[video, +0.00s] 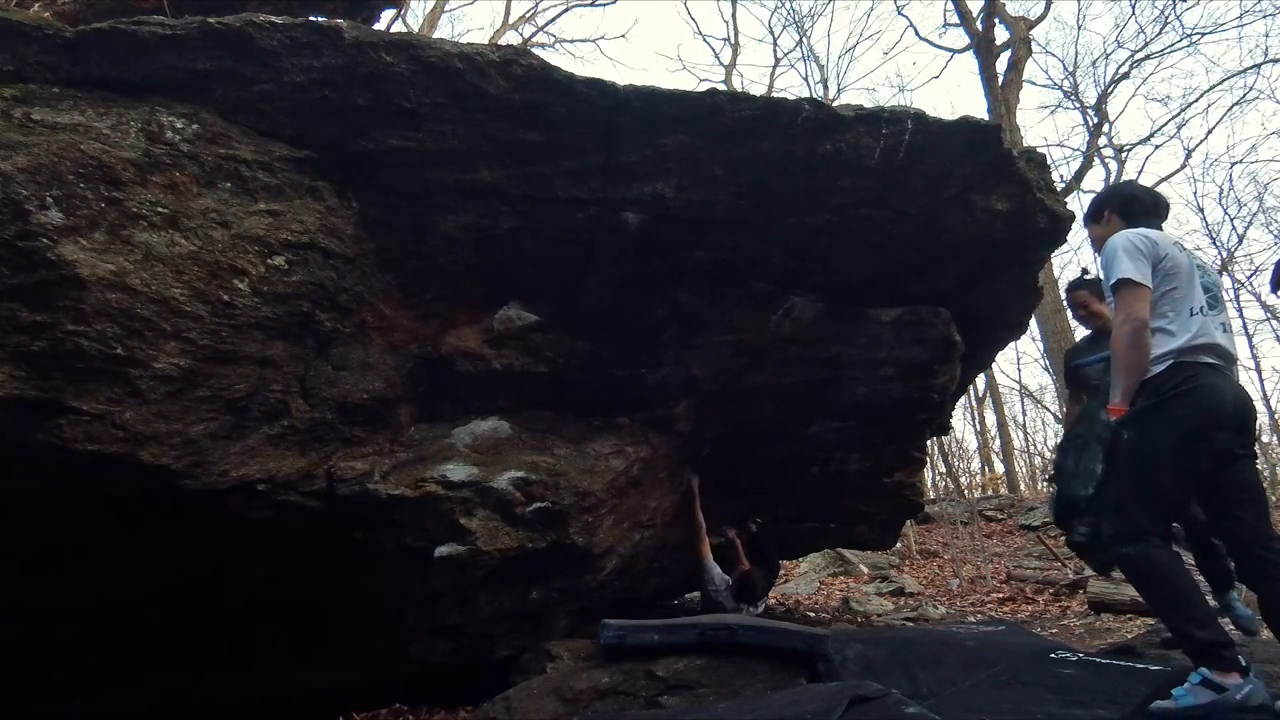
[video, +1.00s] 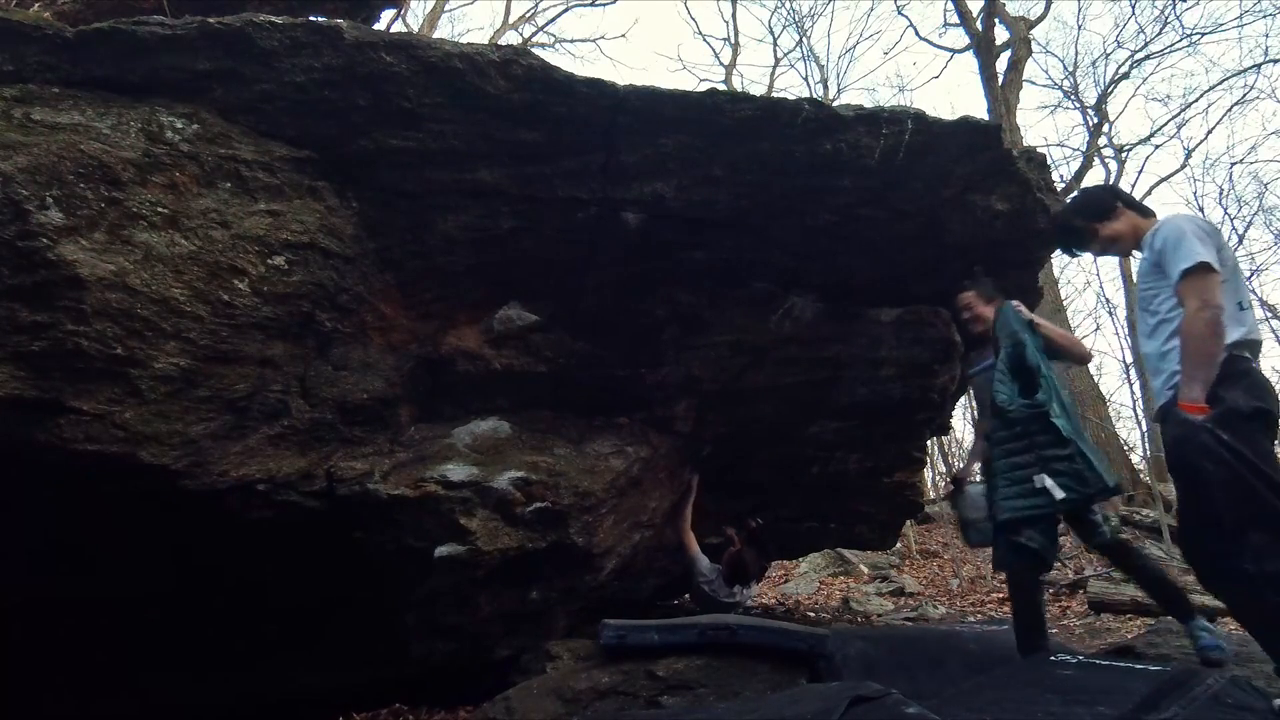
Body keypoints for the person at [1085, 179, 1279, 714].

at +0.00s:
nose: (1094, 242)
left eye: (1094, 232)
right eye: (1091, 234)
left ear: (1111, 217)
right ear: (1148, 216)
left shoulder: (1125, 241)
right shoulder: (1188, 257)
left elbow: (1133, 321)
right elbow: (1211, 330)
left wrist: (1118, 404)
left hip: (1179, 391)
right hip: (1227, 391)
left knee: (1130, 535)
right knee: (1256, 543)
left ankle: (1224, 669)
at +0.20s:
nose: (1094, 247)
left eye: (1093, 237)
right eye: (1091, 240)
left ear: (1111, 219)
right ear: (1144, 217)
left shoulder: (1128, 238)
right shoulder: (1193, 258)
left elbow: (1138, 314)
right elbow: (1214, 330)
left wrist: (1124, 399)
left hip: (1182, 389)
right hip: (1235, 389)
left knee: (1140, 532)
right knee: (1258, 541)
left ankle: (1226, 673)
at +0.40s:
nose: (1095, 252)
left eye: (1094, 241)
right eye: (1092, 245)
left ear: (1111, 223)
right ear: (1140, 218)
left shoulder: (1135, 235)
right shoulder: (1185, 257)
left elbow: (1149, 309)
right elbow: (1154, 330)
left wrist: (1132, 395)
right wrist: (1091, 319)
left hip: (1193, 382)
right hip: (1243, 388)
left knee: (1149, 532)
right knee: (1263, 543)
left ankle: (1250, 671)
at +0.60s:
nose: (1097, 253)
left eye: (1095, 241)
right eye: (1093, 248)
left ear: (1110, 219)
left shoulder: (1139, 231)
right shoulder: (1181, 249)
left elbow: (1156, 310)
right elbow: (1151, 337)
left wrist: (1144, 398)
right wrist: (1077, 324)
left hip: (1198, 385)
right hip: (1239, 388)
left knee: (1182, 527)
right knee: (1258, 523)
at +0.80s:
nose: (1096, 249)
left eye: (1091, 238)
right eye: (1089, 245)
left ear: (1108, 212)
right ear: (1114, 213)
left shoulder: (1153, 228)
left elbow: (1170, 308)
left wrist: (1161, 399)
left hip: (1204, 390)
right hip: (1222, 387)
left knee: (1244, 539)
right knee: (1247, 536)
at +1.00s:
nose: (1105, 253)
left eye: (1097, 241)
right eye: (1096, 250)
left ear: (1111, 213)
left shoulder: (1175, 228)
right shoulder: (1155, 254)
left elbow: (1205, 312)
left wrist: (1191, 404)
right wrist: (1176, 408)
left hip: (1220, 403)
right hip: (1198, 411)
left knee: (1246, 543)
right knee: (1206, 546)